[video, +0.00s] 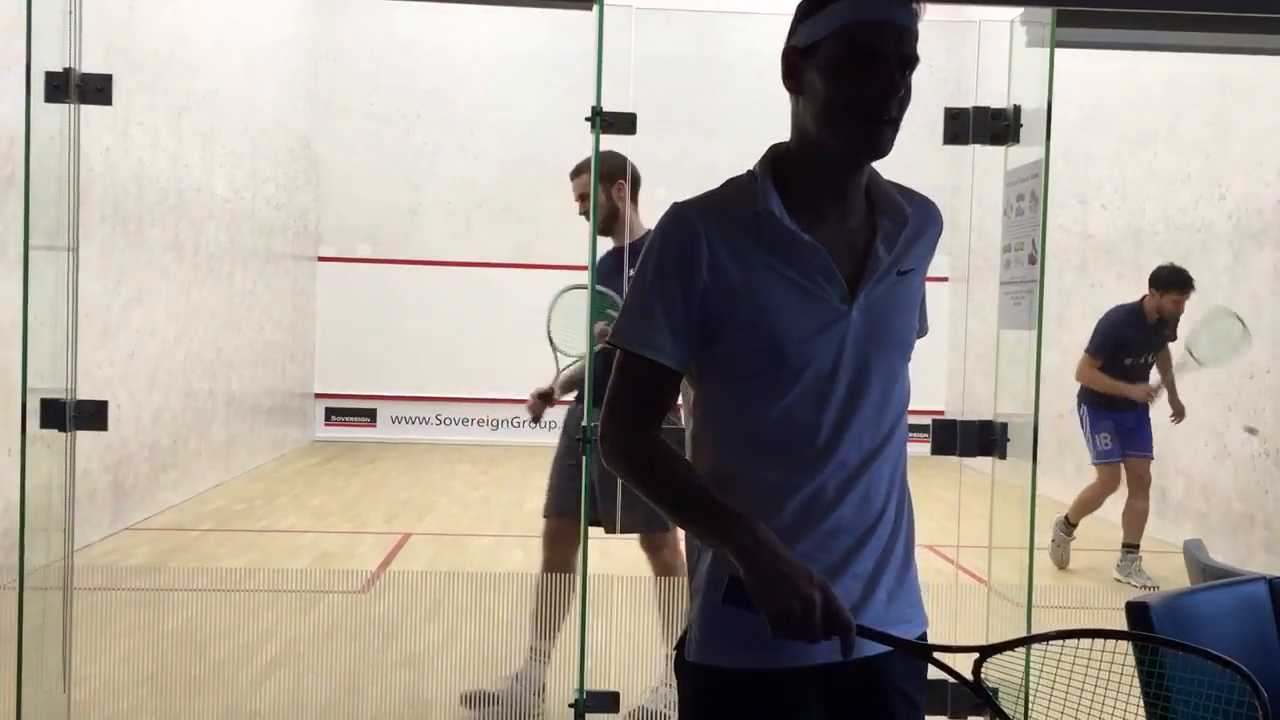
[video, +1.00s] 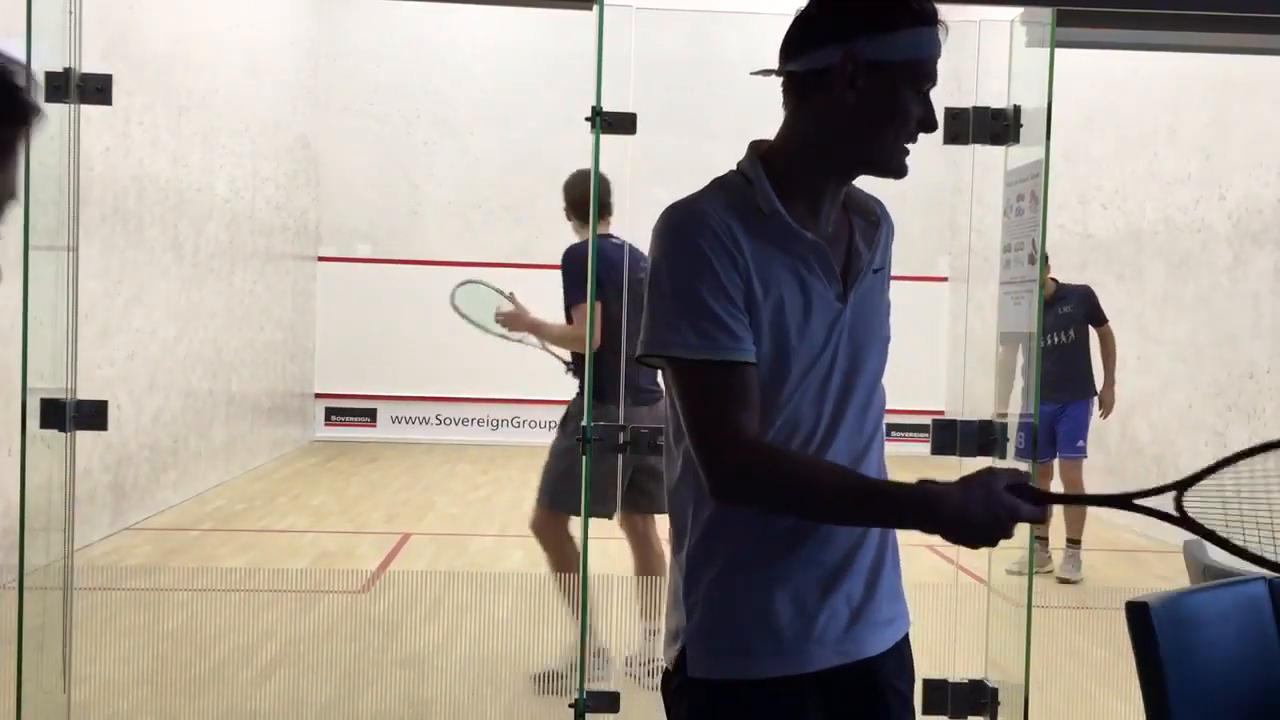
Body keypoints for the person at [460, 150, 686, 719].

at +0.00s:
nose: (583, 211)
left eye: (589, 197)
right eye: (577, 201)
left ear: (623, 189)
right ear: (585, 201)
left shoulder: (665, 258)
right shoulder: (604, 269)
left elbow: (688, 342)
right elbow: (602, 349)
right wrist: (555, 387)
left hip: (650, 420)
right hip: (591, 416)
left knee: (661, 543)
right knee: (559, 534)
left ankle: (677, 679)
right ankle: (531, 682)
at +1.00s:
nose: (567, 217)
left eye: (565, 209)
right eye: (578, 207)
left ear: (568, 210)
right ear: (612, 207)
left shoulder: (581, 255)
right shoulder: (642, 260)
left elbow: (587, 336)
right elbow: (637, 343)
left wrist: (530, 323)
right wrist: (565, 339)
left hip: (599, 414)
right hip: (654, 412)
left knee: (548, 523)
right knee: (641, 524)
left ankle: (590, 650)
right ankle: (656, 650)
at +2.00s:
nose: (409, 214)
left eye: (407, 207)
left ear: (411, 210)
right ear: (452, 207)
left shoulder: (423, 255)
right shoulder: (470, 260)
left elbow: (425, 330)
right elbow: (485, 337)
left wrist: (372, 332)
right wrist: (422, 330)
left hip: (421, 399)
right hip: (461, 401)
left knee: (422, 508)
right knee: (422, 508)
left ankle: (470, 626)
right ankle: (400, 615)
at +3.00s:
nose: (323, 212)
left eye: (320, 205)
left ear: (322, 207)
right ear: (362, 206)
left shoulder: (330, 250)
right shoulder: (383, 256)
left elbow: (336, 323)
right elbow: (407, 327)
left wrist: (287, 327)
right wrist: (355, 334)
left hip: (335, 395)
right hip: (378, 397)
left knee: (294, 497)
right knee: (374, 493)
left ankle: (295, 625)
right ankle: (396, 613)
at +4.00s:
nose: (210, 206)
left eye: (212, 199)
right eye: (217, 198)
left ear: (216, 203)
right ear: (255, 206)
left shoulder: (208, 248)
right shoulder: (266, 258)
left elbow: (178, 315)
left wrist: (162, 321)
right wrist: (185, 310)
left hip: (194, 385)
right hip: (241, 391)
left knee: (171, 495)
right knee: (189, 496)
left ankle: (255, 583)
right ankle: (145, 607)